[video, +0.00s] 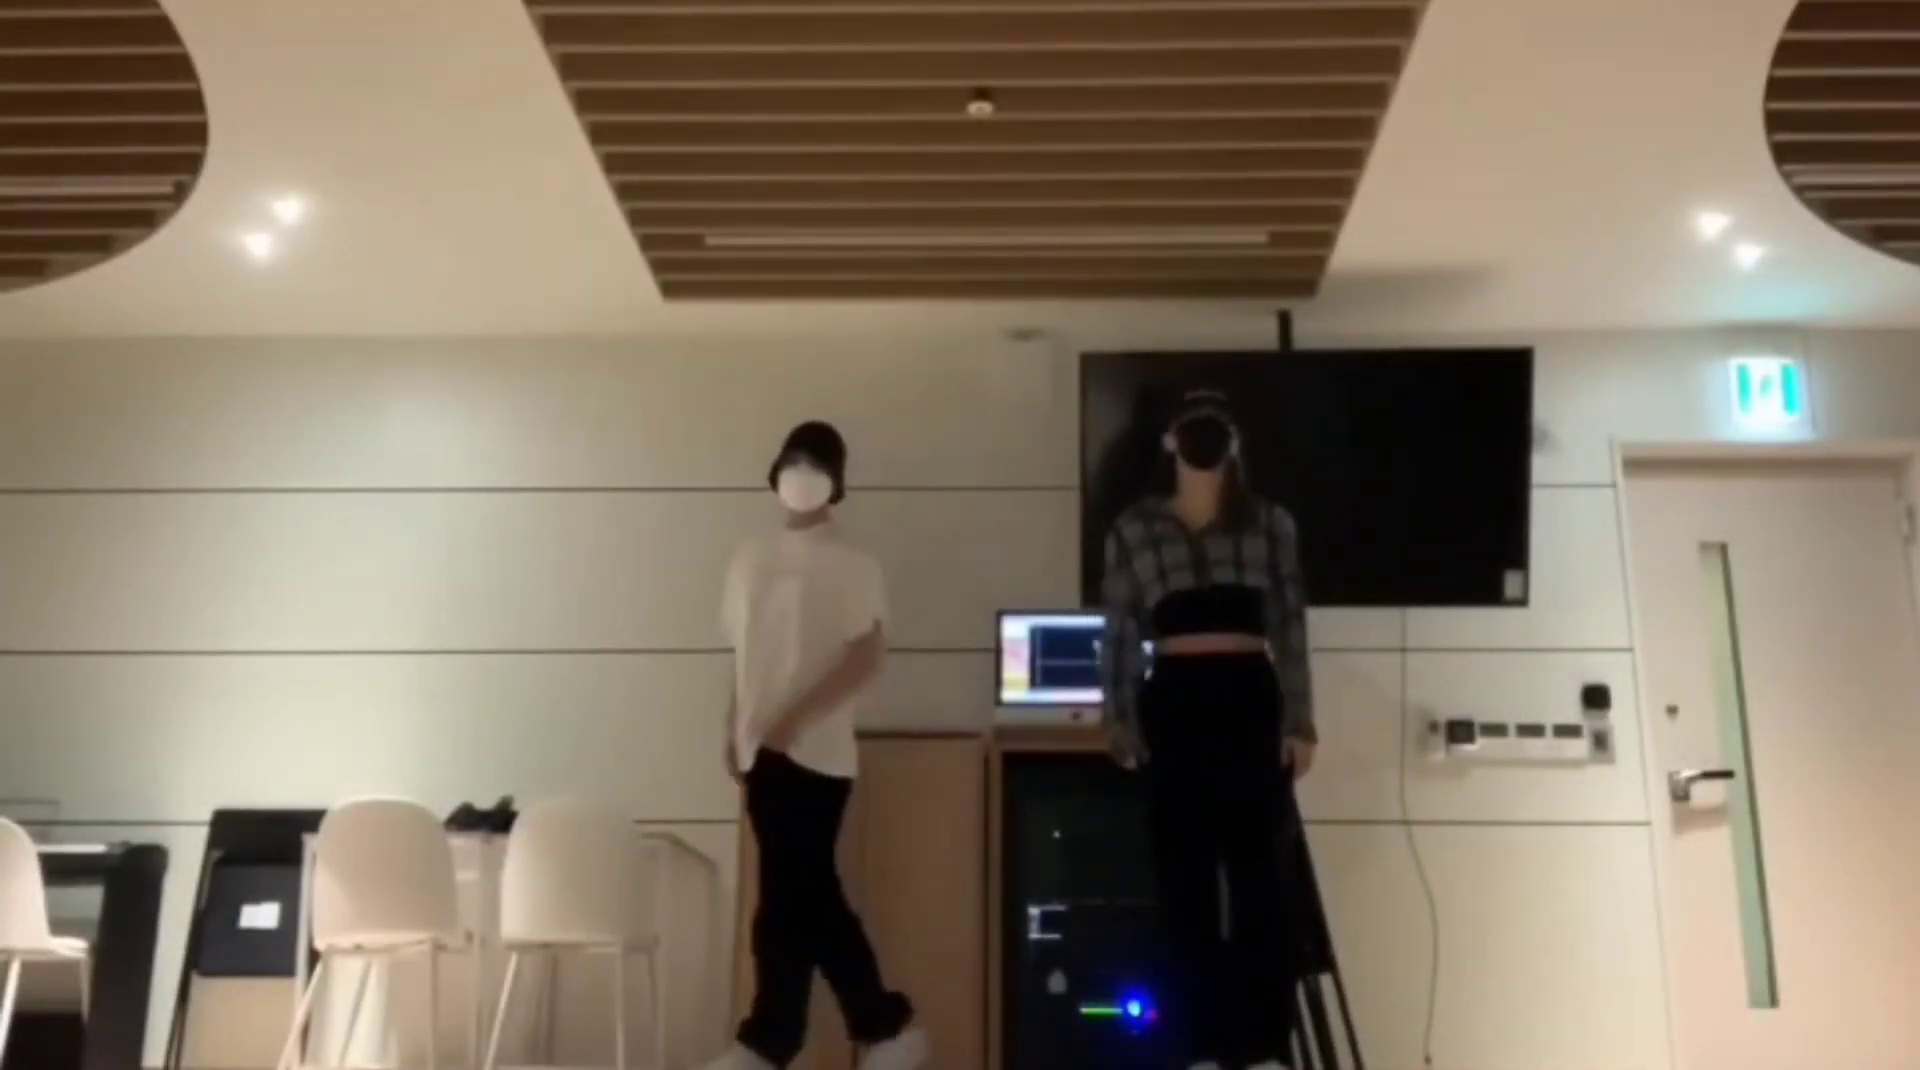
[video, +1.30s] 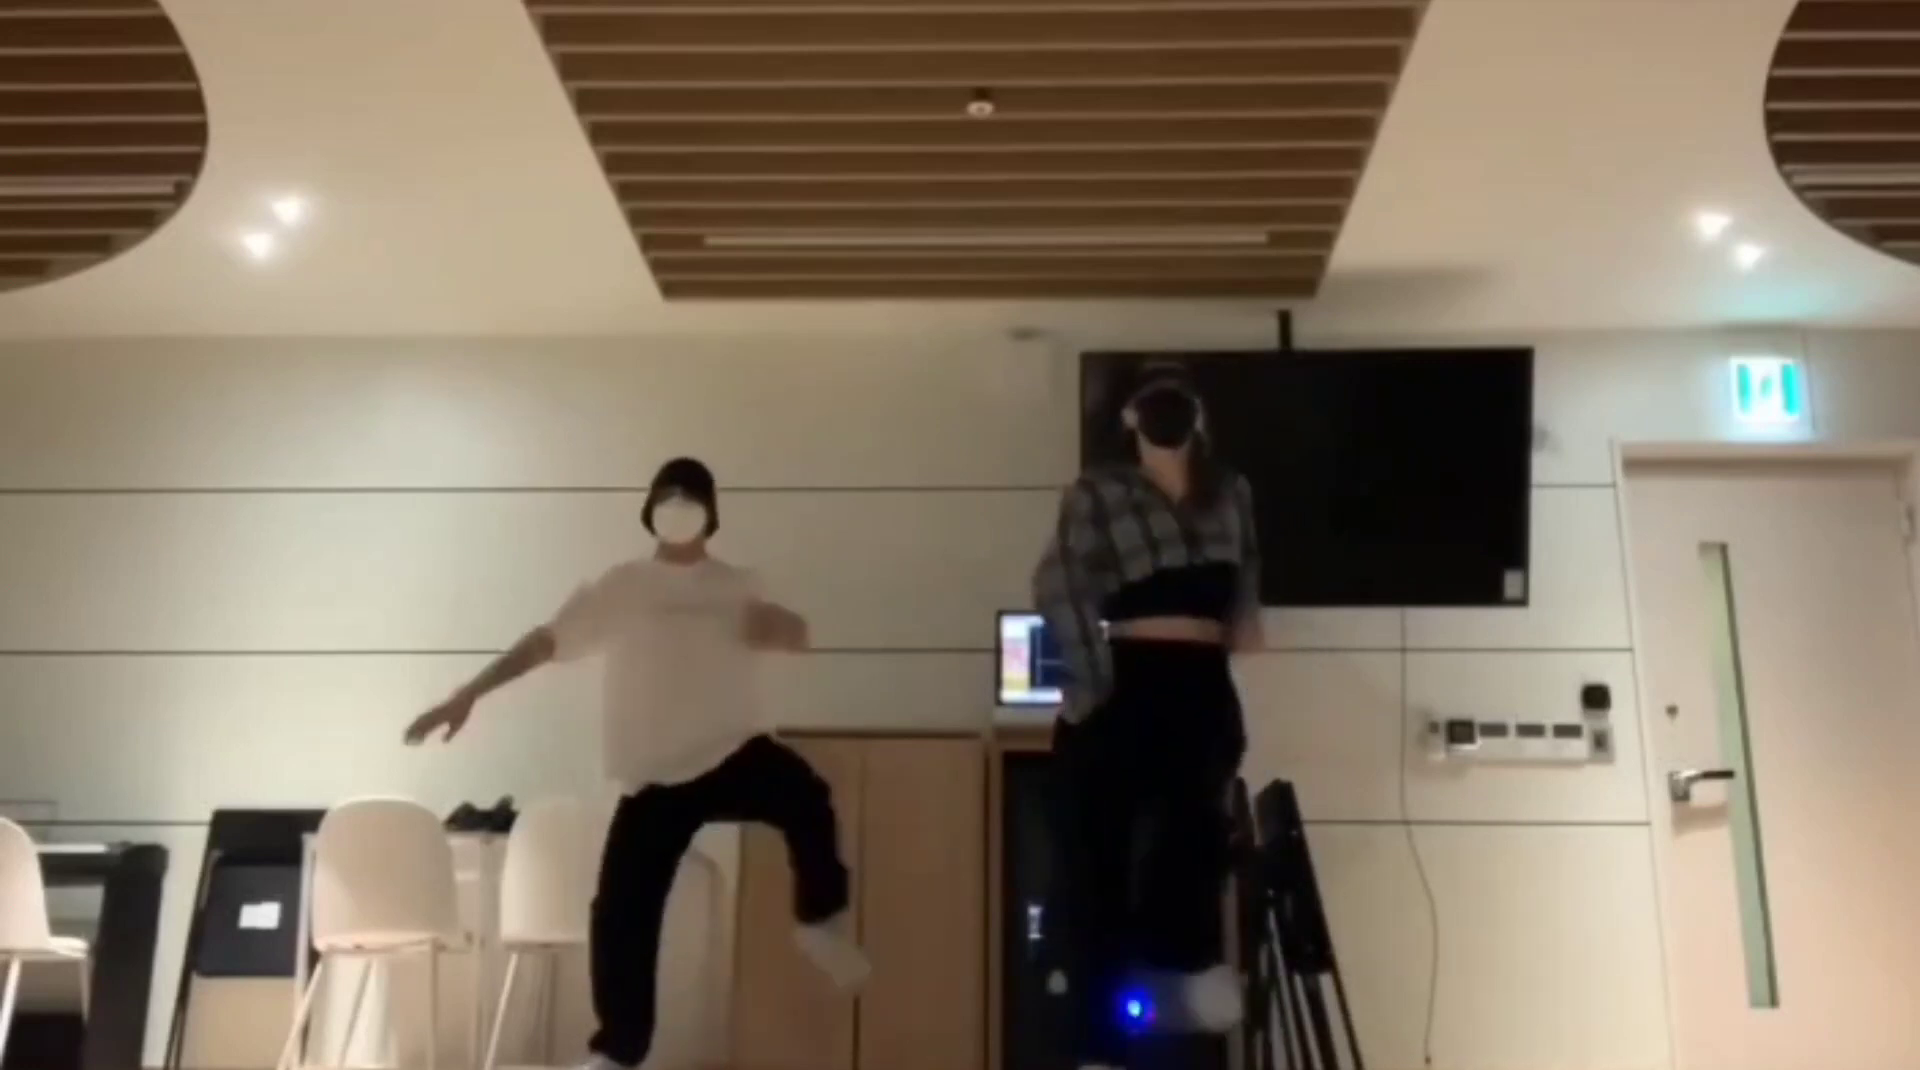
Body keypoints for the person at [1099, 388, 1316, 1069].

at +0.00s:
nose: (1206, 441)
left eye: (1217, 430)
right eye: (1192, 430)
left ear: (1237, 445)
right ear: (1168, 443)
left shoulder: (1271, 525)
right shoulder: (1135, 529)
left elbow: (1291, 628)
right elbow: (1119, 632)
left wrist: (1299, 721)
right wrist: (1119, 719)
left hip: (1250, 714)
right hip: (1175, 715)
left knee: (1260, 875)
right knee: (1184, 877)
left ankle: (1262, 1038)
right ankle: (1200, 1038)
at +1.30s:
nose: (1169, 410)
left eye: (1181, 397)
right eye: (1153, 399)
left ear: (1201, 413)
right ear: (1129, 417)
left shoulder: (1228, 494)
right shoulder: (1096, 493)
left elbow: (1244, 586)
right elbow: (1056, 585)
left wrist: (1237, 634)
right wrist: (1085, 678)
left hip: (1202, 689)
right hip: (1123, 688)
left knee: (1194, 829)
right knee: (1108, 839)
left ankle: (1186, 971)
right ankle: (1100, 993)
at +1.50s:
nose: (1177, 418)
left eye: (1188, 407)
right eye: (1163, 407)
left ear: (1207, 423)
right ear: (1137, 424)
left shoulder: (1229, 497)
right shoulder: (1100, 506)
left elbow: (1260, 561)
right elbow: (1068, 596)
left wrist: (1309, 573)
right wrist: (1092, 652)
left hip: (1222, 698)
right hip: (1134, 700)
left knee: (1291, 852)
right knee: (1083, 858)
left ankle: (1405, 1032)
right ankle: (1090, 1035)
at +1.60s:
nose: (1175, 423)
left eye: (1188, 411)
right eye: (1162, 412)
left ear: (1210, 429)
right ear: (1140, 428)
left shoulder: (1244, 489)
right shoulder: (1121, 507)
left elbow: (1346, 527)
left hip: (1253, 695)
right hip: (1167, 712)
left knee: (1348, 861)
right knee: (1105, 864)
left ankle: (1446, 1056)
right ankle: (1086, 1041)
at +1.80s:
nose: (1200, 413)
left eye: (1210, 401)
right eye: (1193, 401)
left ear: (1225, 418)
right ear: (1174, 418)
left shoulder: (1251, 476)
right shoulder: (1149, 498)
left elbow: (1338, 467)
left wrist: (1455, 451)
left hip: (1260, 683)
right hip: (1183, 702)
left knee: (1358, 860)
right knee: (1121, 865)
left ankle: (1447, 1050)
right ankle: (1083, 1041)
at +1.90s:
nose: (1218, 403)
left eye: (1233, 391)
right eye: (1207, 393)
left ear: (1252, 412)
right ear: (1189, 413)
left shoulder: (1264, 474)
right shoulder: (1174, 494)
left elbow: (1298, 417)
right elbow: (1175, 607)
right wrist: (1157, 675)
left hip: (1263, 674)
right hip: (1185, 687)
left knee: (1347, 856)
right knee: (1134, 861)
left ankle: (1449, 1040)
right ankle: (1084, 1036)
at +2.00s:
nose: (1213, 417)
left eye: (1228, 400)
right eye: (1207, 403)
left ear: (1253, 407)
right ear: (1199, 412)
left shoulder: (1276, 476)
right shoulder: (1185, 490)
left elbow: (1269, 418)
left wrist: (1290, 355)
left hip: (1264, 674)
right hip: (1185, 686)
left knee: (1343, 856)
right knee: (1136, 867)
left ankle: (1451, 1039)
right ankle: (1092, 1044)